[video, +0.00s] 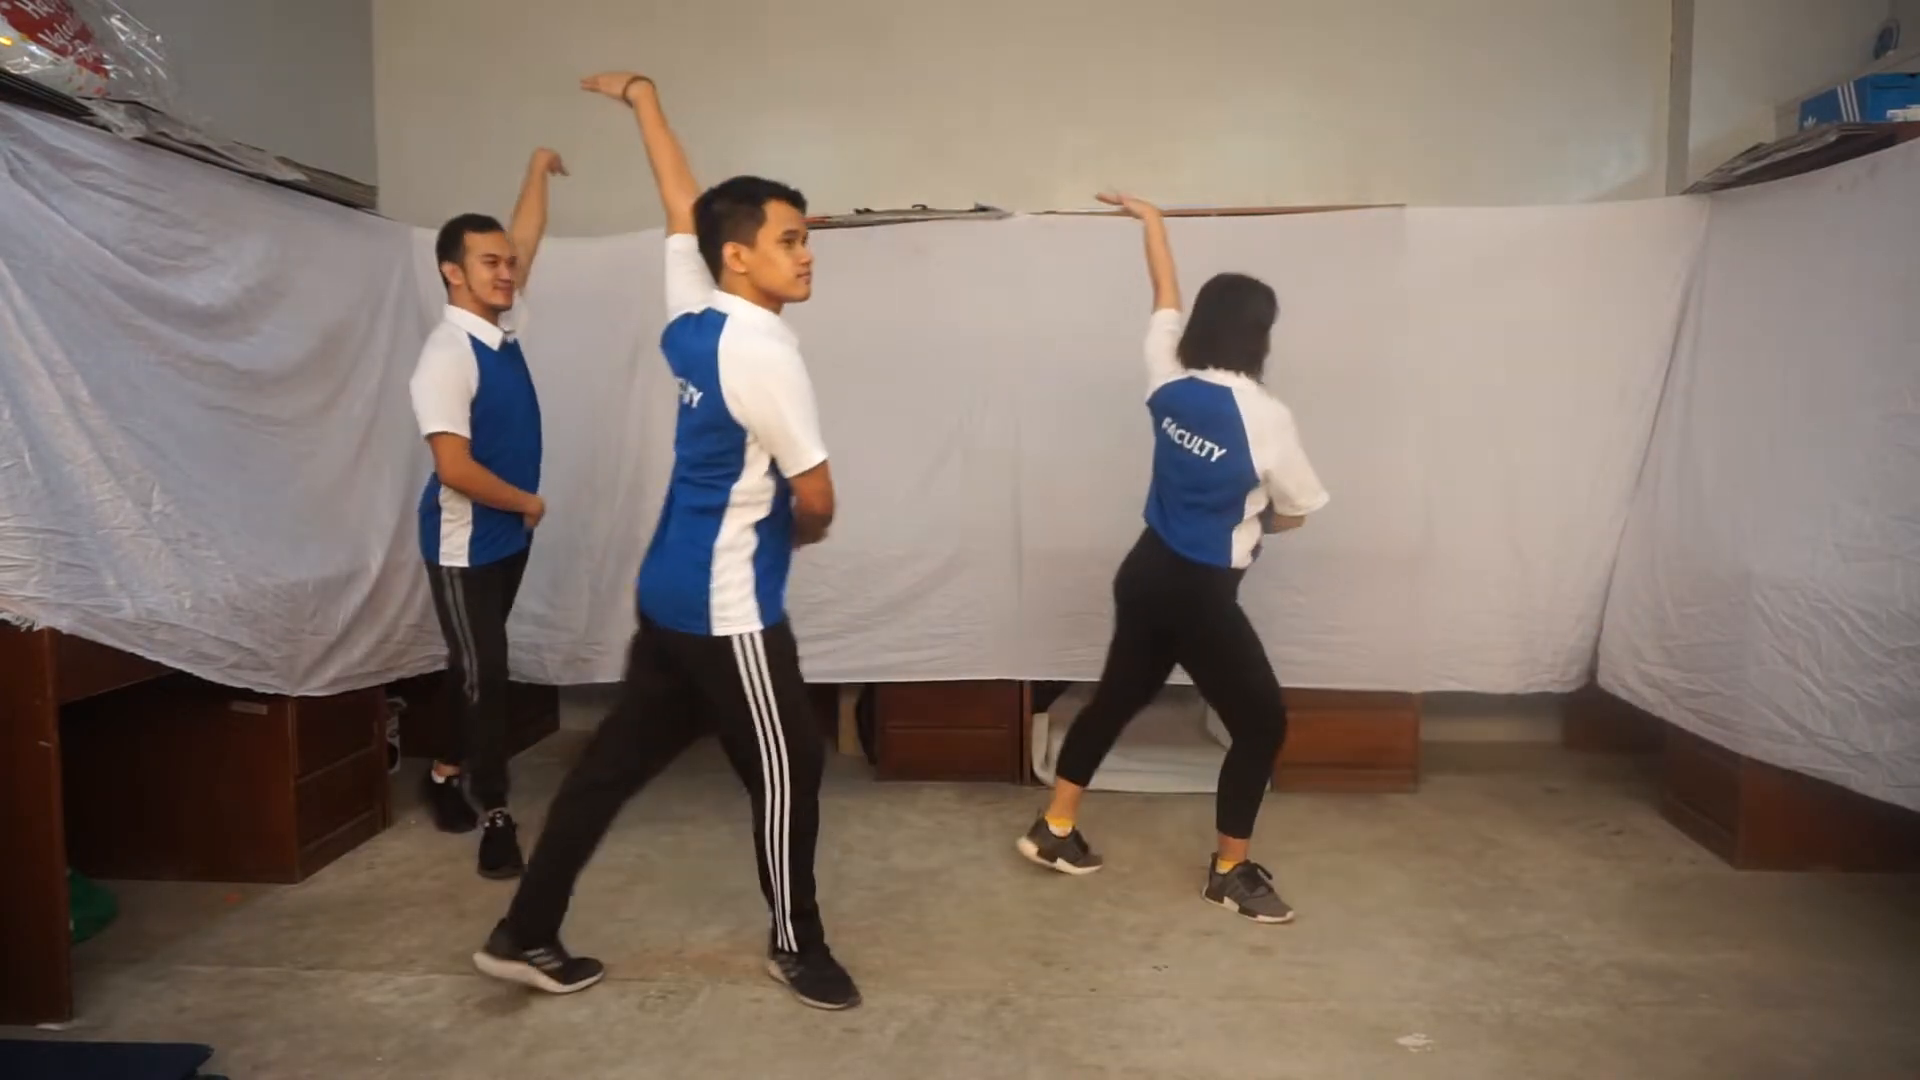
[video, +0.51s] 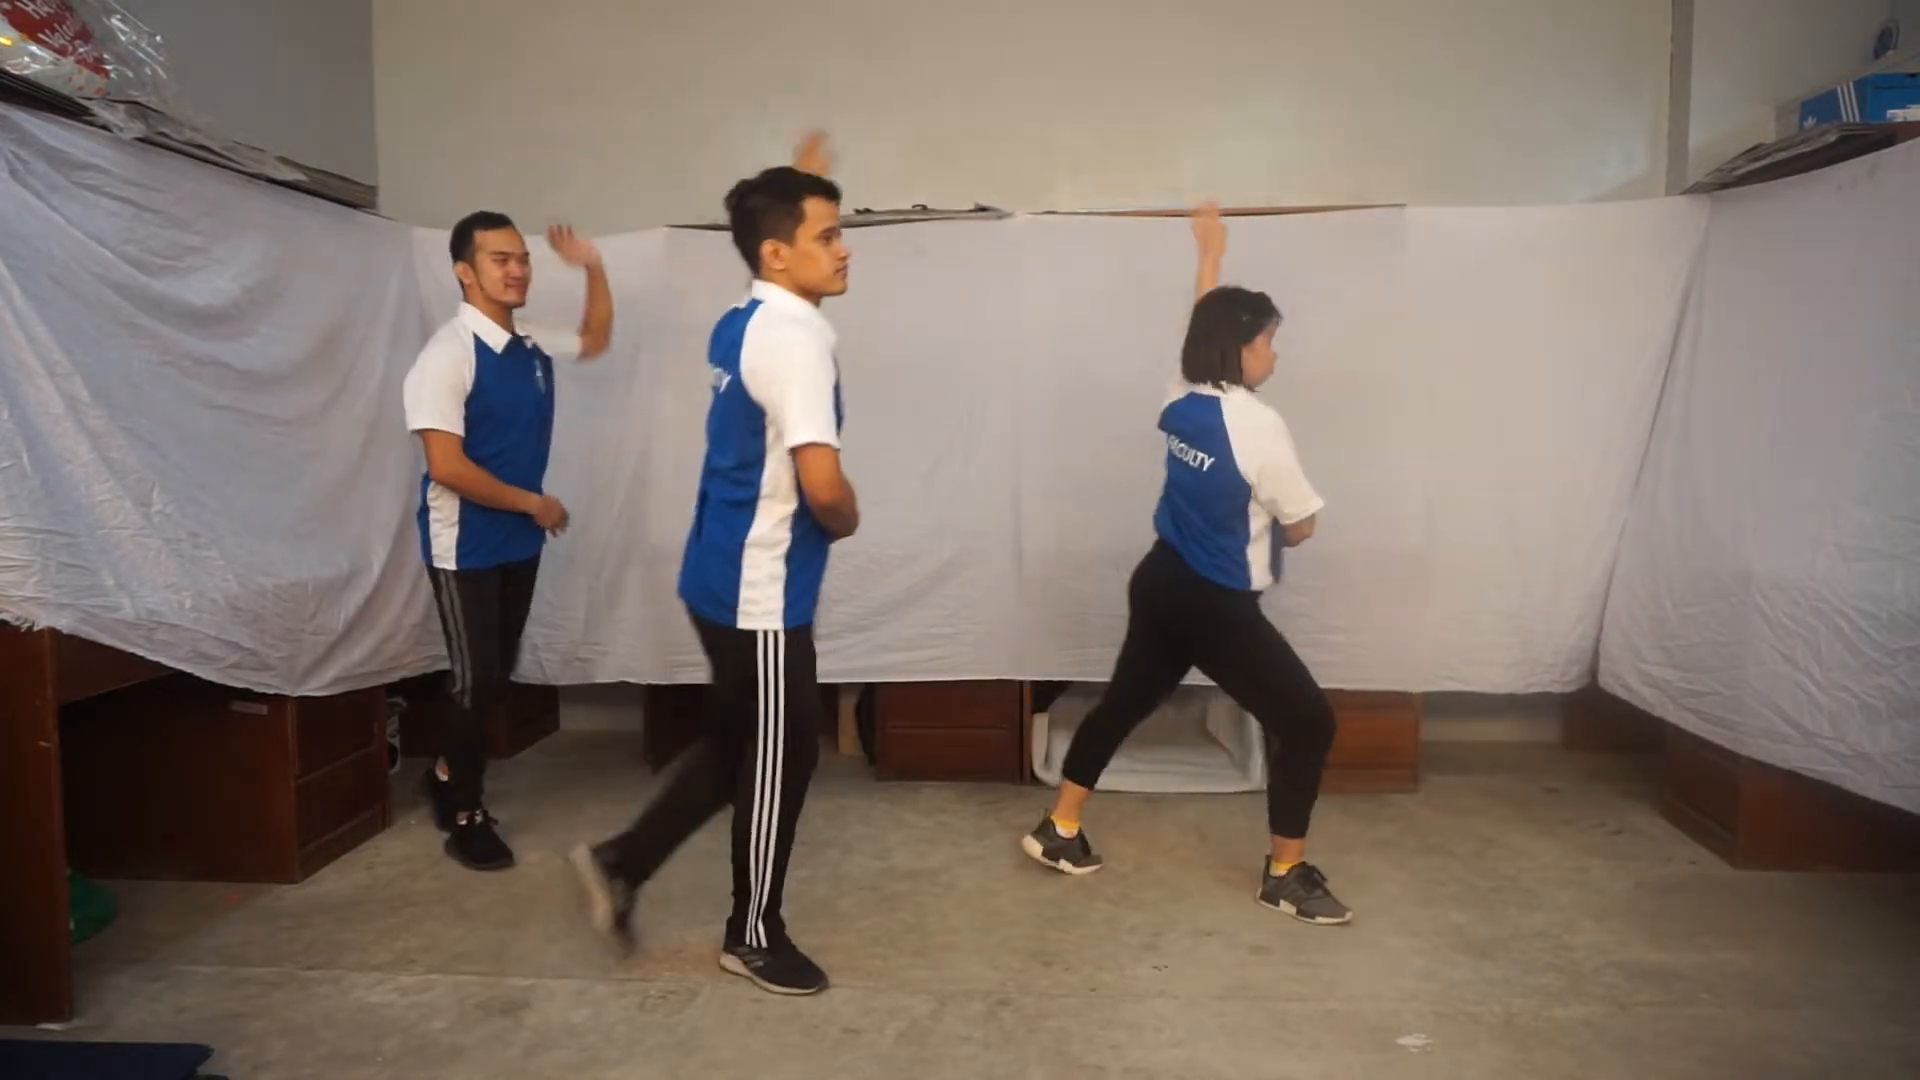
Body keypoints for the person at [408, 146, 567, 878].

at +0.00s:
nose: (506, 270)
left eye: (510, 262)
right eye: (492, 262)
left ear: (512, 271)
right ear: (455, 273)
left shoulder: (498, 327)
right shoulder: (449, 351)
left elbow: (520, 247)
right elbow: (451, 466)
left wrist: (538, 171)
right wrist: (526, 502)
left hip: (503, 535)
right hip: (462, 543)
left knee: (480, 667)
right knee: (485, 679)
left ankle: (449, 772)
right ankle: (497, 818)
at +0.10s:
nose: (504, 277)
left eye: (508, 268)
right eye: (491, 268)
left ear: (505, 277)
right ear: (453, 280)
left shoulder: (489, 333)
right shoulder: (449, 356)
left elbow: (506, 253)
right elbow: (462, 472)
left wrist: (520, 180)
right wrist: (529, 502)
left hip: (495, 537)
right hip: (459, 545)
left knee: (467, 662)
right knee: (487, 678)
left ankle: (443, 772)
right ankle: (498, 819)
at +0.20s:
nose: (505, 281)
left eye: (508, 272)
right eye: (491, 272)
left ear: (505, 279)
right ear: (453, 282)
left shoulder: (486, 337)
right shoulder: (448, 358)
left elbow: (506, 254)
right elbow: (462, 474)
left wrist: (521, 180)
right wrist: (527, 503)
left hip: (492, 538)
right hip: (458, 545)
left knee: (466, 664)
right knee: (488, 677)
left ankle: (440, 775)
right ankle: (493, 815)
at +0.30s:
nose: (508, 280)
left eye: (512, 271)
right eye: (494, 272)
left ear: (511, 280)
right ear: (456, 284)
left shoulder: (492, 335)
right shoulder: (448, 358)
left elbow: (519, 256)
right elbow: (457, 474)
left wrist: (532, 178)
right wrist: (528, 506)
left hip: (494, 537)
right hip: (457, 543)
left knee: (468, 662)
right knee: (492, 671)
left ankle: (440, 774)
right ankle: (474, 810)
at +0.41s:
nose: (511, 280)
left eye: (514, 268)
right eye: (496, 270)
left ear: (519, 276)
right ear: (459, 283)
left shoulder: (511, 338)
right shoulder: (447, 360)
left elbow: (554, 283)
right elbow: (449, 470)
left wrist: (559, 196)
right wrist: (528, 506)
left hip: (504, 538)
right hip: (458, 544)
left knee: (476, 668)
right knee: (485, 677)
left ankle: (441, 772)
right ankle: (464, 805)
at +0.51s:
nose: (518, 270)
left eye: (523, 259)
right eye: (502, 259)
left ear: (529, 270)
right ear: (465, 272)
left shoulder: (530, 348)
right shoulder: (446, 355)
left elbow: (594, 341)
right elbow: (445, 466)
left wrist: (593, 268)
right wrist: (532, 502)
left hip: (516, 543)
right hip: (462, 549)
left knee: (492, 678)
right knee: (476, 683)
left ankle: (448, 773)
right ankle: (468, 810)